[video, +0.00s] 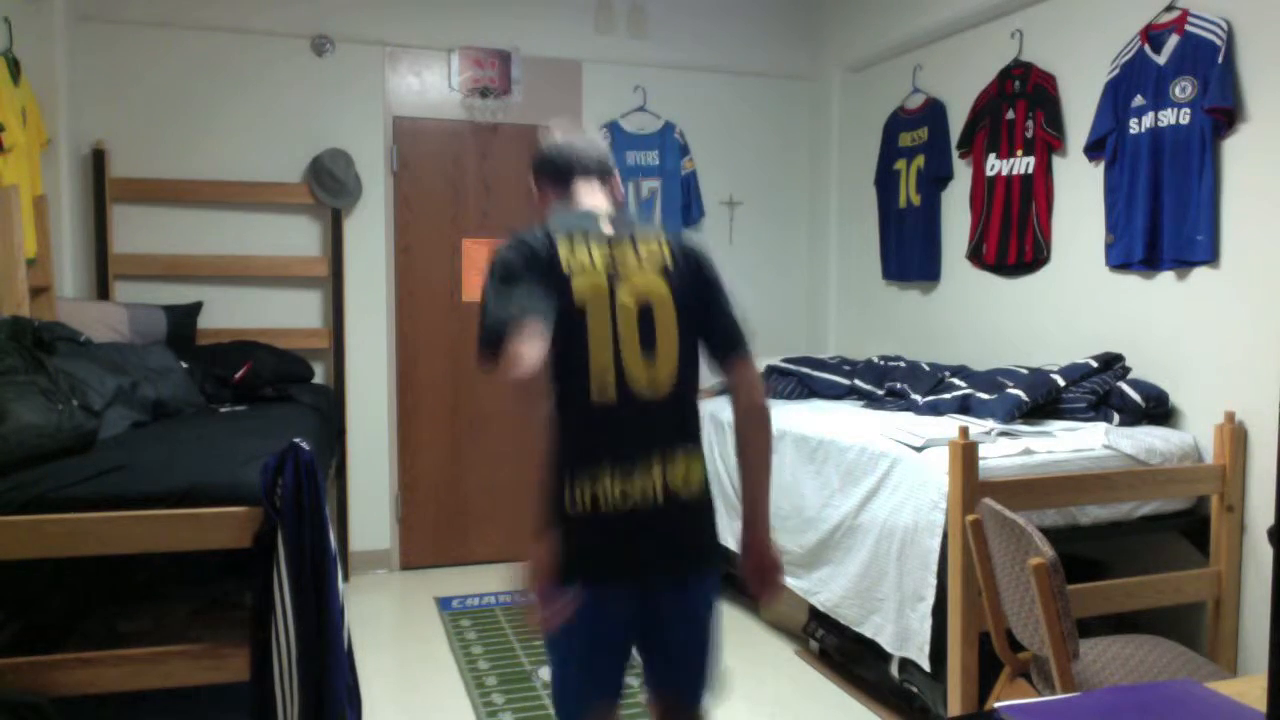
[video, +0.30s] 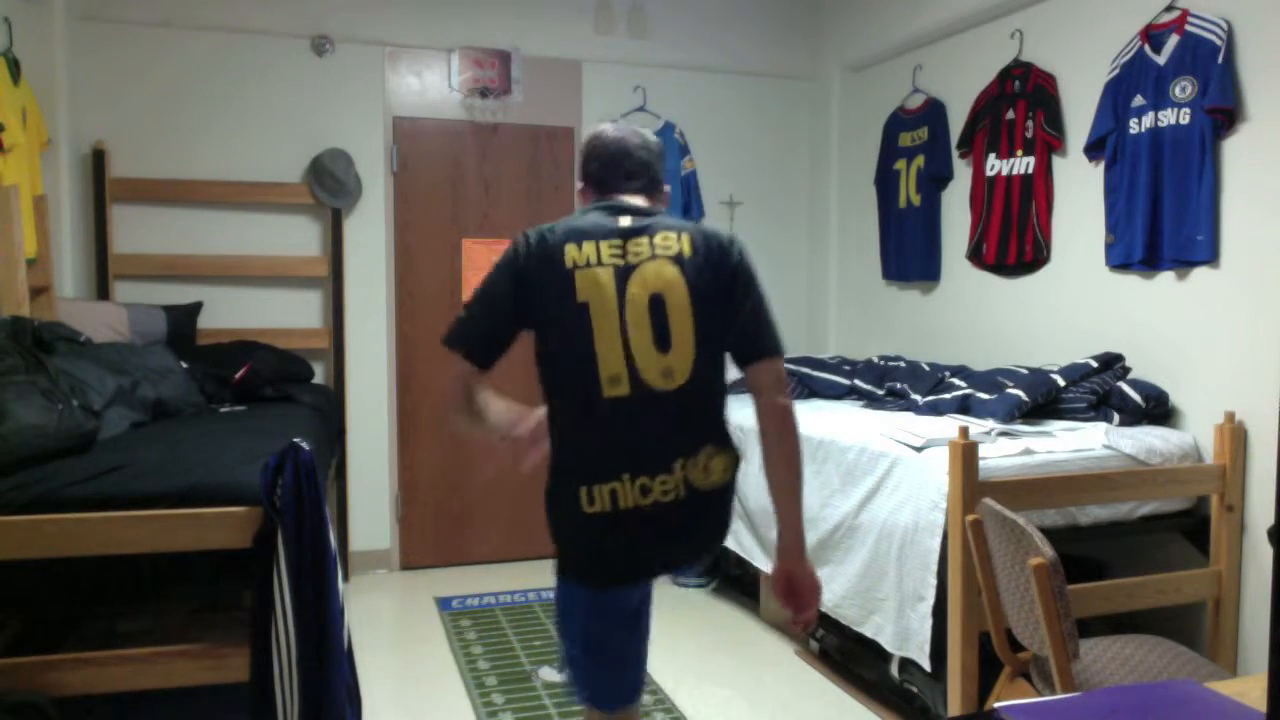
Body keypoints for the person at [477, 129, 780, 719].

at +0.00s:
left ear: (542, 191)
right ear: (615, 187)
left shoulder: (529, 253)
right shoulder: (680, 254)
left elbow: (527, 367)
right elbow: (750, 395)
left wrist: (542, 531)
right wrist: (758, 531)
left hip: (587, 539)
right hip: (682, 533)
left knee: (588, 708)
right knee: (679, 706)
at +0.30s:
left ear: (583, 188)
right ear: (662, 190)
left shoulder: (538, 251)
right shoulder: (716, 251)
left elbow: (462, 388)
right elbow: (775, 398)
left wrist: (514, 420)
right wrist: (793, 551)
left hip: (601, 521)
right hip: (701, 512)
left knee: (610, 702)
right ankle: (589, 670)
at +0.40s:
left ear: (589, 186)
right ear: (668, 186)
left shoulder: (544, 252)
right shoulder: (722, 247)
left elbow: (467, 388)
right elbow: (779, 397)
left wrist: (558, 400)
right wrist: (792, 542)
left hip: (604, 522)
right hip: (705, 512)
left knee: (615, 704)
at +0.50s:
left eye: (600, 162)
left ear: (602, 171)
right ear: (684, 169)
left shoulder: (557, 251)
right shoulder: (737, 250)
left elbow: (487, 394)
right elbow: (791, 397)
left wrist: (568, 377)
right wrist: (787, 519)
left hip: (612, 529)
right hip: (713, 522)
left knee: (624, 706)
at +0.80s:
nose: (636, 140)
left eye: (638, 129)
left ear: (644, 141)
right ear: (722, 136)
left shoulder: (634, 248)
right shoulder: (776, 250)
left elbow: (579, 399)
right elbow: (801, 401)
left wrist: (560, 391)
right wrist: (752, 460)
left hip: (651, 535)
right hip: (743, 532)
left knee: (629, 707)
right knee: (726, 698)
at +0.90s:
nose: (652, 136)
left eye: (652, 124)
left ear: (659, 138)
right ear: (738, 134)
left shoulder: (659, 246)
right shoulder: (790, 247)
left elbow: (650, 409)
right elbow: (797, 401)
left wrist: (578, 395)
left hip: (669, 532)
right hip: (761, 531)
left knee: (640, 705)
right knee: (751, 705)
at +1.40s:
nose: (706, 126)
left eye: (706, 116)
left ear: (713, 128)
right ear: (793, 127)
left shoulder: (680, 228)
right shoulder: (843, 237)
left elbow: (597, 379)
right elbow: (898, 381)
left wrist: (624, 380)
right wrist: (833, 376)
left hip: (715, 526)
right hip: (813, 524)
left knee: (704, 704)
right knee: (780, 703)